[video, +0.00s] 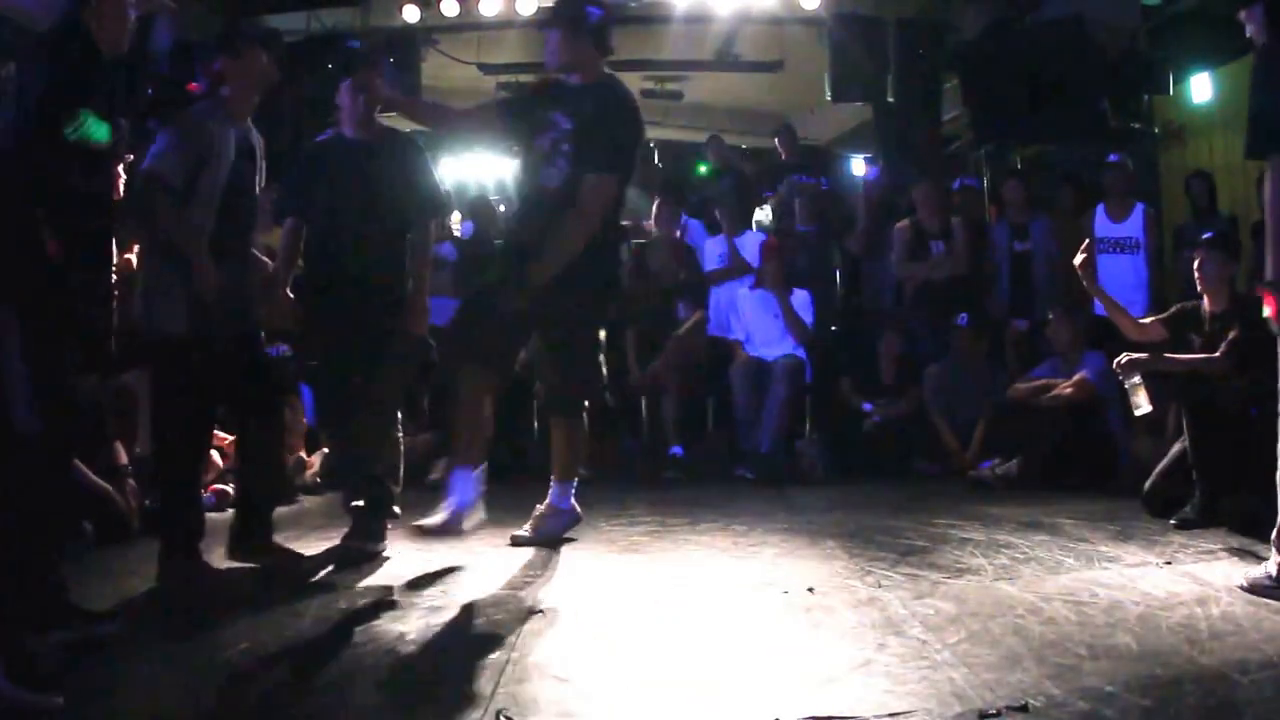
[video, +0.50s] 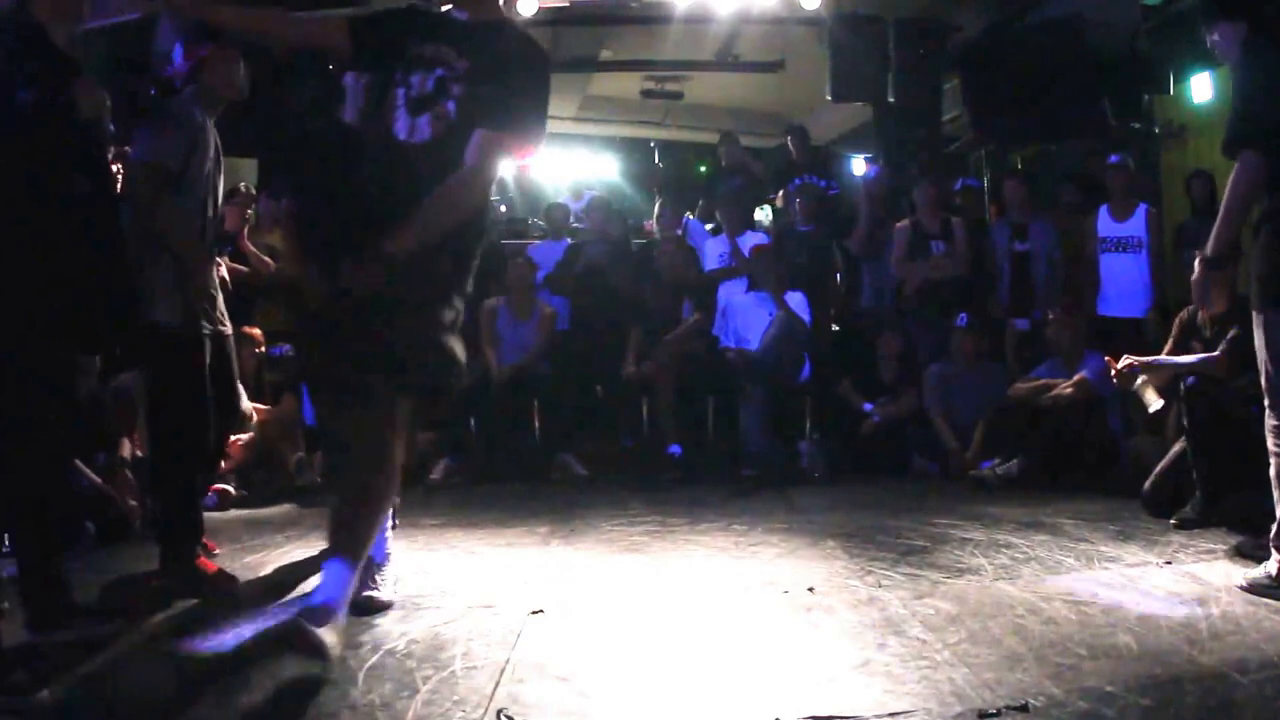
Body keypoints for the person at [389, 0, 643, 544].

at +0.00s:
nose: (547, 46)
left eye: (556, 34)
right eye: (547, 35)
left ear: (588, 40)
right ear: (560, 41)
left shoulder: (611, 104)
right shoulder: (541, 97)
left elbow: (594, 208)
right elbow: (460, 122)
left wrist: (543, 267)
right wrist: (392, 98)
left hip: (577, 258)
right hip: (523, 254)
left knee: (564, 378)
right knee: (473, 357)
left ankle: (561, 499)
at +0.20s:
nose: (470, 40)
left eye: (479, 28)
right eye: (471, 30)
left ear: (511, 35)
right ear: (494, 39)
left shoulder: (549, 103)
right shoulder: (467, 96)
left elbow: (543, 217)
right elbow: (383, 99)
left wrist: (488, 298)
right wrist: (299, 67)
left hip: (512, 279)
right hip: (449, 271)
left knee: (506, 416)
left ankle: (536, 489)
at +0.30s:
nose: (471, 13)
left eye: (480, 5)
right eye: (471, 6)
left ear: (508, 8)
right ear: (471, 11)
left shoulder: (543, 72)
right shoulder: (442, 54)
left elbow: (520, 189)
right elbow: (349, 63)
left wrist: (460, 258)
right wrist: (258, 36)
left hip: (484, 256)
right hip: (417, 244)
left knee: (458, 400)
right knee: (396, 401)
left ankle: (483, 474)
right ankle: (386, 563)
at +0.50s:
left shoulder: (518, 56)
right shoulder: (399, 25)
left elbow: (473, 181)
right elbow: (296, 32)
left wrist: (388, 251)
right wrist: (203, 14)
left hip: (424, 263)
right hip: (343, 250)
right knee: (351, 405)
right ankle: (374, 555)